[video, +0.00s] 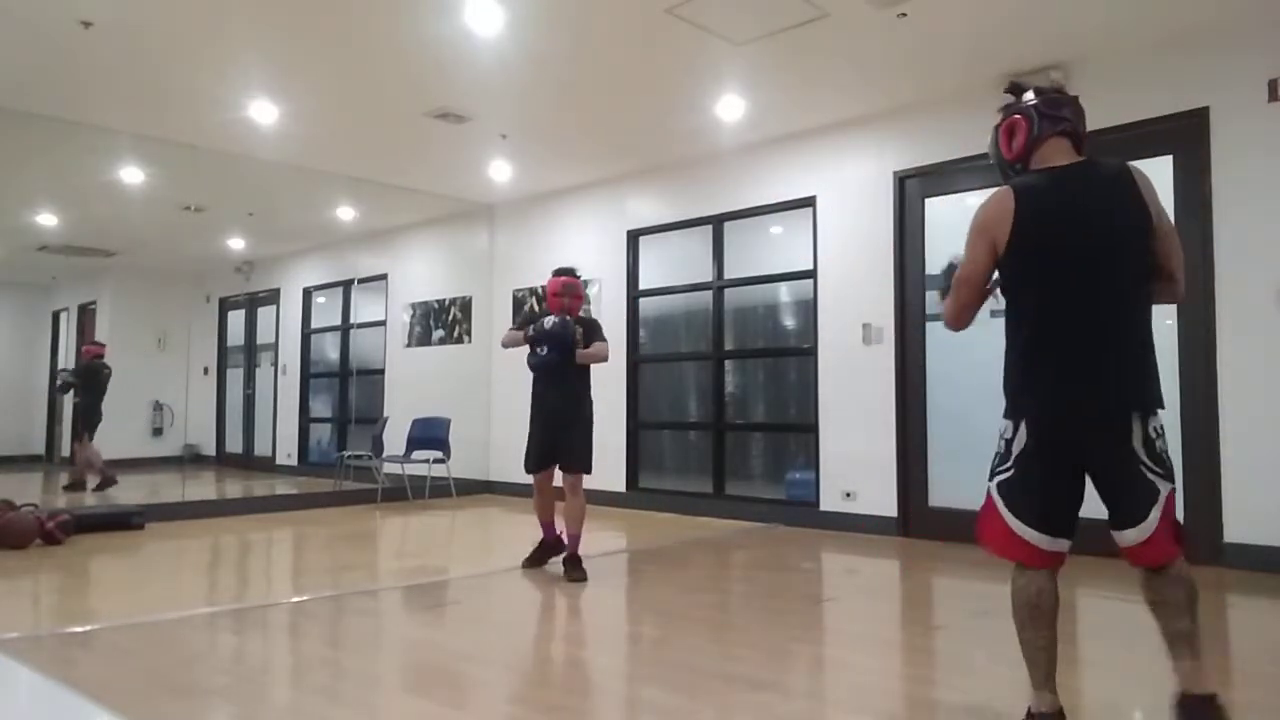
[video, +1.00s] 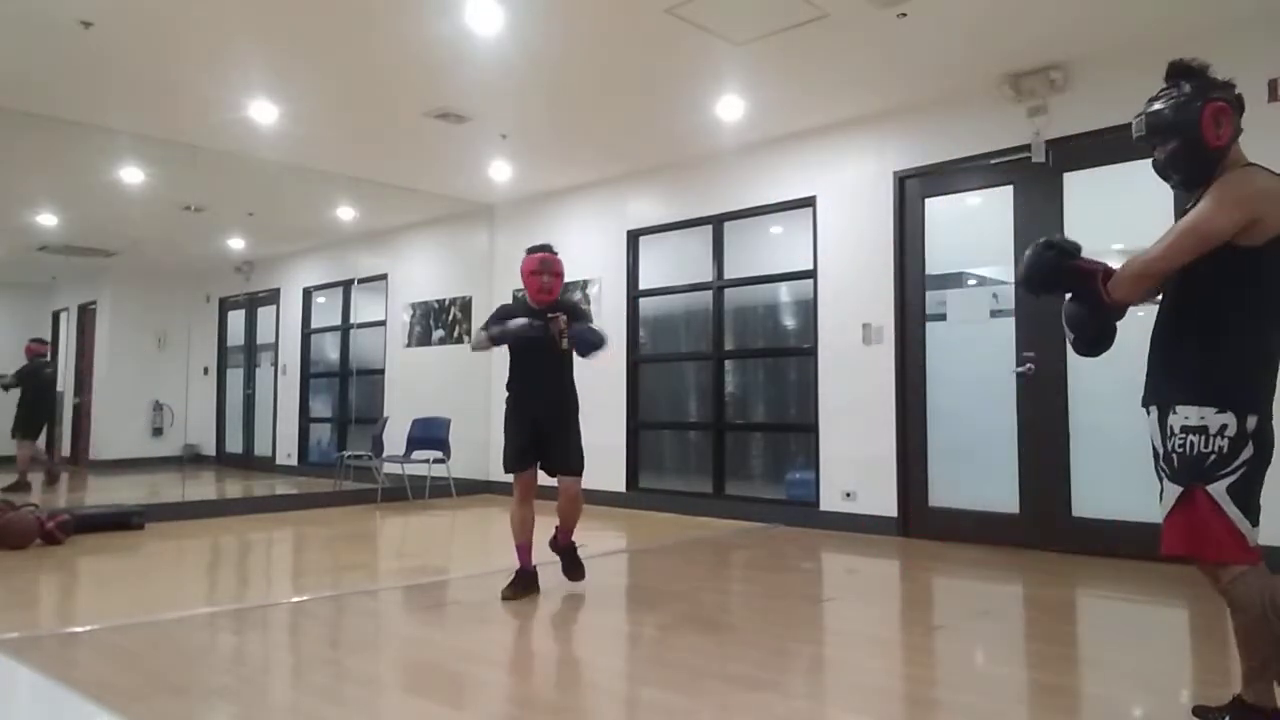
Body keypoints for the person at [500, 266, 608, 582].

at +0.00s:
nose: (563, 299)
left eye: (569, 292)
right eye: (557, 293)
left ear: (579, 295)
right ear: (547, 294)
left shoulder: (587, 324)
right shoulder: (535, 320)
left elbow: (602, 353)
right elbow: (507, 340)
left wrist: (568, 352)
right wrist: (535, 334)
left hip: (576, 412)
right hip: (543, 411)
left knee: (572, 481)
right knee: (541, 479)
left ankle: (573, 554)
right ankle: (550, 540)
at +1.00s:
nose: (545, 282)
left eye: (552, 275)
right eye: (536, 275)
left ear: (562, 278)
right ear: (523, 279)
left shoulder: (571, 310)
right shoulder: (509, 313)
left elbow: (595, 341)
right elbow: (478, 341)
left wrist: (574, 334)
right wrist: (509, 330)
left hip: (562, 410)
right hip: (522, 411)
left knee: (572, 490)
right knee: (524, 488)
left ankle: (563, 541)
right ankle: (525, 570)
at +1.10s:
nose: (543, 279)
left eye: (550, 271)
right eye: (534, 272)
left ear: (560, 274)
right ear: (522, 275)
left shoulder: (569, 310)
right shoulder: (506, 311)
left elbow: (602, 333)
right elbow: (468, 328)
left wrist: (638, 344)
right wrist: (438, 332)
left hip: (562, 411)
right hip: (521, 412)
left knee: (571, 486)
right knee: (523, 488)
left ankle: (567, 556)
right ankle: (525, 571)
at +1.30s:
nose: (553, 268)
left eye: (560, 262)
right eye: (544, 260)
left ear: (568, 268)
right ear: (529, 266)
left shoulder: (575, 307)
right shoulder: (510, 303)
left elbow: (601, 337)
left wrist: (633, 356)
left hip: (561, 412)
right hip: (520, 413)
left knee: (568, 489)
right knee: (522, 489)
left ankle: (584, 573)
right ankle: (525, 572)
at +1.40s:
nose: (559, 268)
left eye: (567, 262)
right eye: (551, 260)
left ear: (576, 269)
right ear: (536, 266)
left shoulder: (578, 306)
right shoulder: (519, 301)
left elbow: (578, 351)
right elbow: (504, 345)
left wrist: (583, 369)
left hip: (563, 410)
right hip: (523, 409)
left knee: (570, 491)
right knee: (523, 490)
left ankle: (582, 578)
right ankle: (525, 572)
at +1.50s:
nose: (567, 269)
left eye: (576, 262)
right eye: (559, 260)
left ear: (585, 270)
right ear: (544, 265)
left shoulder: (584, 308)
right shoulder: (524, 302)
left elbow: (576, 355)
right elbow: (516, 350)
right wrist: (508, 377)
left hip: (567, 409)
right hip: (527, 408)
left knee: (575, 492)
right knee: (527, 490)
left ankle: (583, 581)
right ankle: (525, 573)